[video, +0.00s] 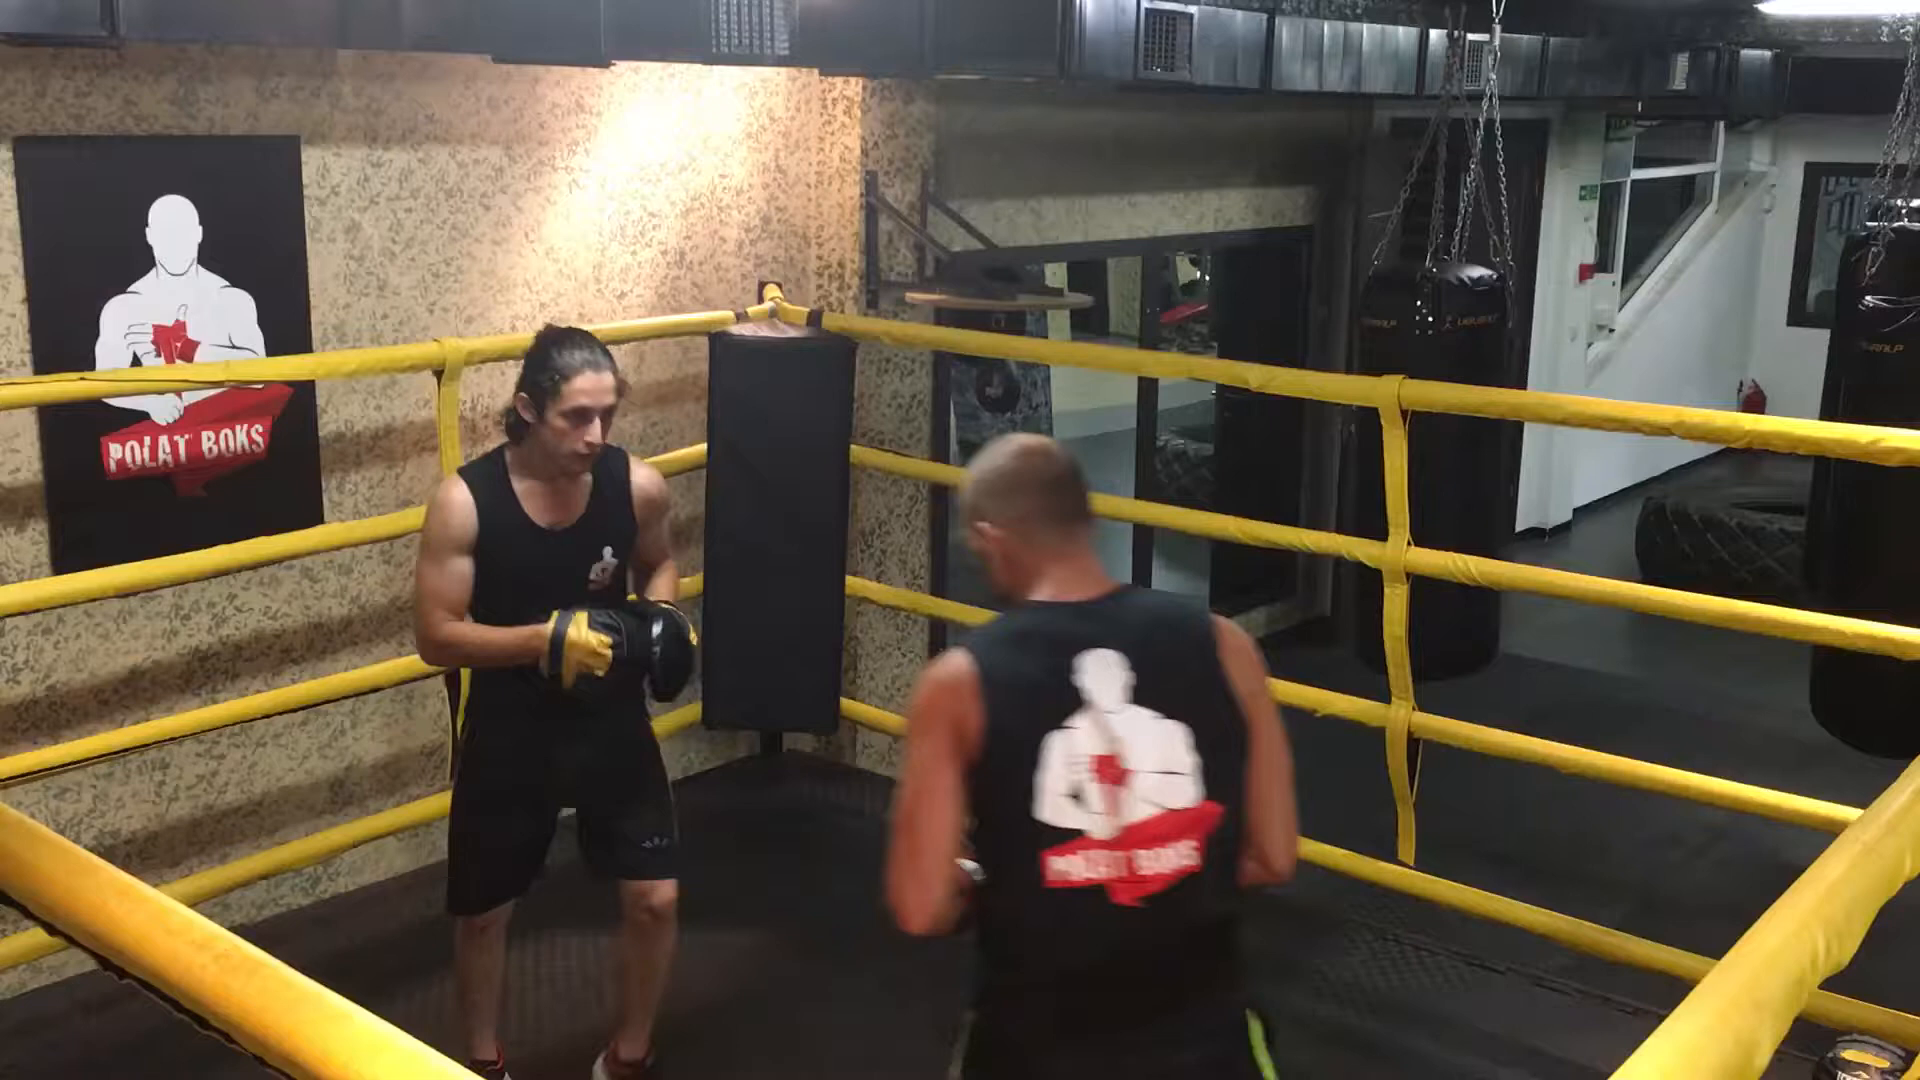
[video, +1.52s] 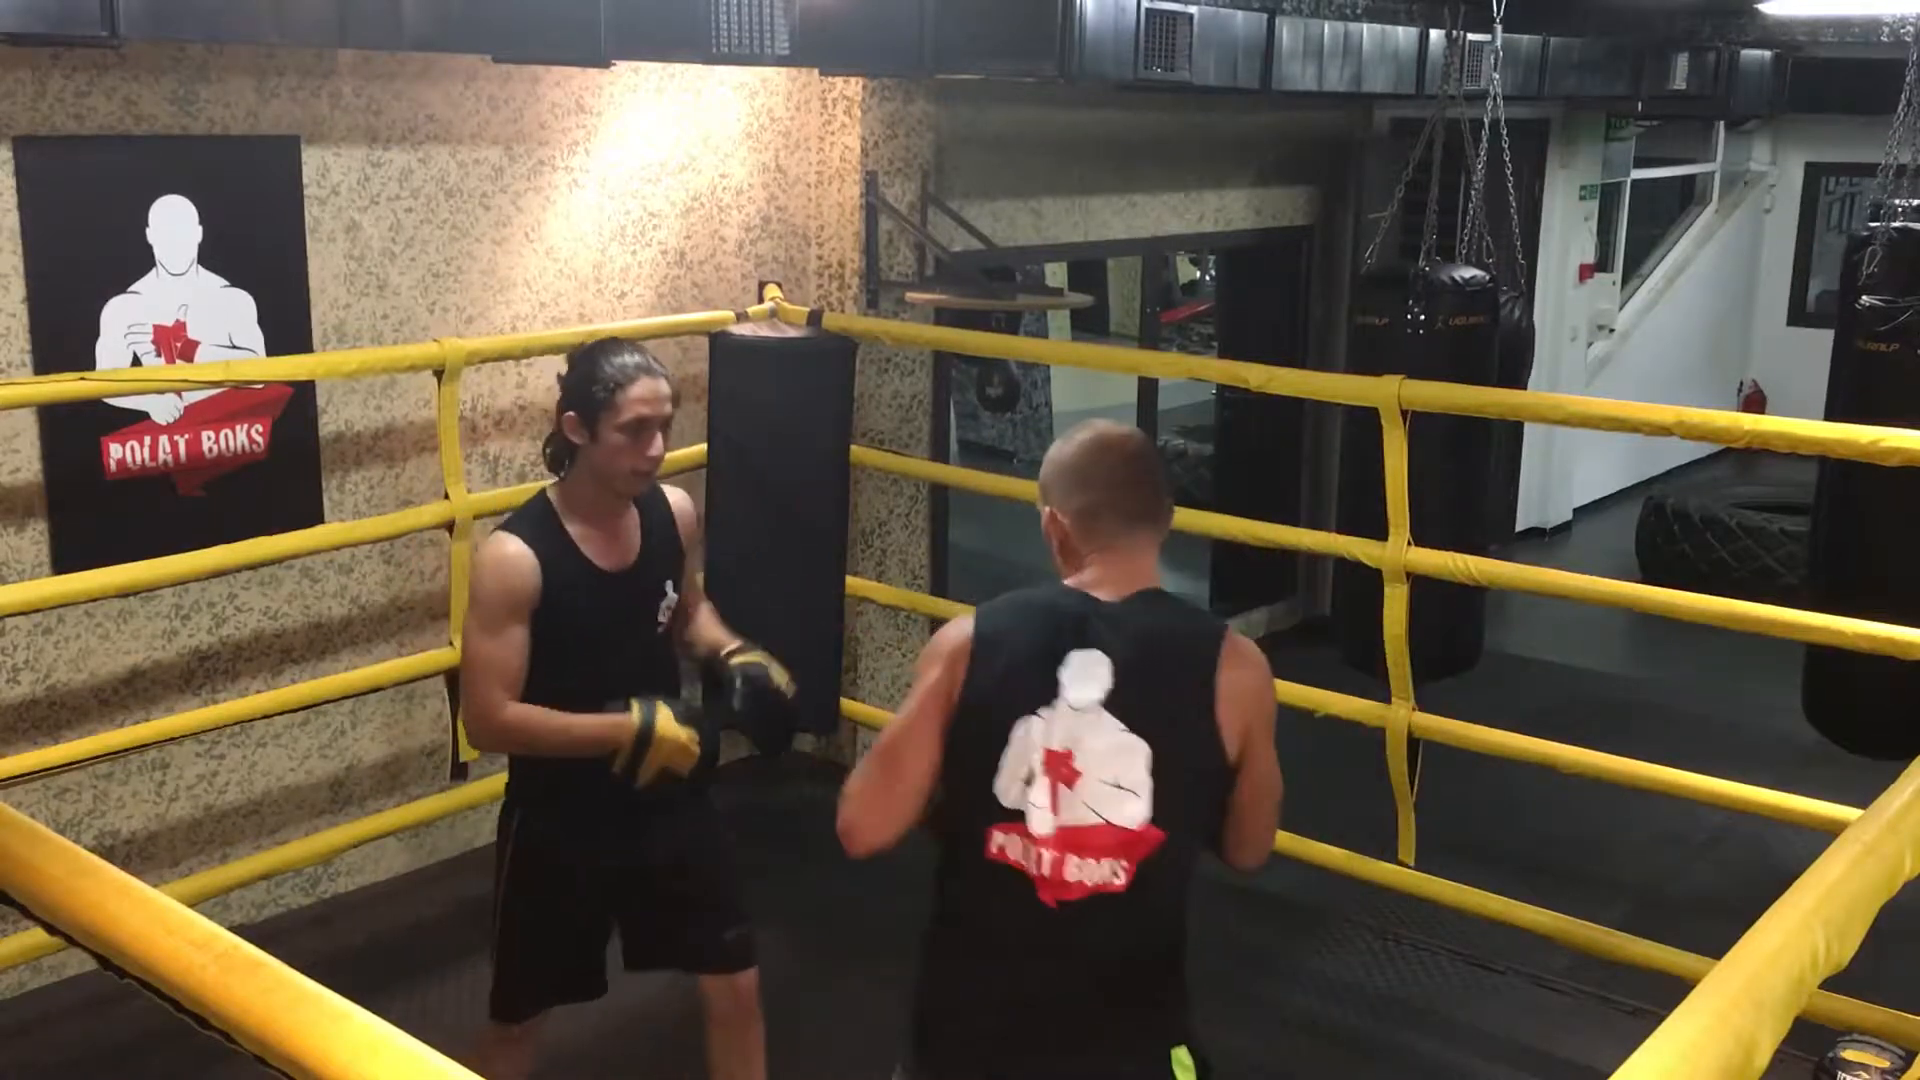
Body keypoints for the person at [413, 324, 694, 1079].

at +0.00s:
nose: (595, 436)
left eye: (605, 417)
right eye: (577, 417)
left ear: (616, 411)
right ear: (526, 410)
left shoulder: (637, 488)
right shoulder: (464, 499)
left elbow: (657, 565)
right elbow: (436, 637)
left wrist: (658, 617)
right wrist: (547, 640)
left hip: (613, 724)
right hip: (506, 734)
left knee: (655, 898)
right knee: (481, 910)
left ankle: (629, 1057)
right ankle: (484, 1058)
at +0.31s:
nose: (620, 454)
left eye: (630, 434)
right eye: (603, 436)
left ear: (638, 430)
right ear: (548, 430)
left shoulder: (639, 519)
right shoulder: (467, 515)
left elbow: (655, 605)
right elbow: (416, 652)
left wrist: (658, 658)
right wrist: (535, 667)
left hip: (579, 755)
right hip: (477, 758)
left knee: (603, 952)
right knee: (470, 951)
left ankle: (612, 1075)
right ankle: (485, 1066)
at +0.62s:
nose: (653, 467)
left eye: (663, 447)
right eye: (636, 448)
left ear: (672, 439)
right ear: (581, 432)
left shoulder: (659, 506)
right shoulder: (480, 512)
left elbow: (738, 628)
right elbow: (421, 646)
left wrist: (756, 548)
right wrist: (535, 673)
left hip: (587, 771)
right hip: (478, 773)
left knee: (609, 967)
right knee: (448, 985)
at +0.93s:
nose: (609, 476)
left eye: (616, 454)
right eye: (590, 459)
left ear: (622, 441)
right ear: (525, 450)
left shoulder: (623, 508)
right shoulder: (449, 561)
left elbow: (730, 601)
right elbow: (431, 715)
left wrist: (741, 516)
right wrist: (563, 706)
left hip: (610, 794)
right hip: (499, 814)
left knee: (698, 982)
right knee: (478, 1035)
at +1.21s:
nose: (652, 465)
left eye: (660, 442)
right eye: (632, 447)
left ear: (669, 432)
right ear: (570, 443)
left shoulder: (685, 505)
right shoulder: (499, 551)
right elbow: (484, 707)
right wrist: (606, 700)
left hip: (655, 805)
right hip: (540, 816)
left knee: (703, 1012)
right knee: (506, 1032)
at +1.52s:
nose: (655, 448)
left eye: (663, 427)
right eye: (635, 430)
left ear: (672, 425)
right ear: (574, 429)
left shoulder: (673, 513)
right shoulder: (513, 558)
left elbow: (688, 610)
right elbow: (487, 718)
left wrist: (734, 654)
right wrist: (631, 730)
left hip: (669, 793)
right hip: (557, 810)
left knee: (733, 980)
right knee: (517, 1019)